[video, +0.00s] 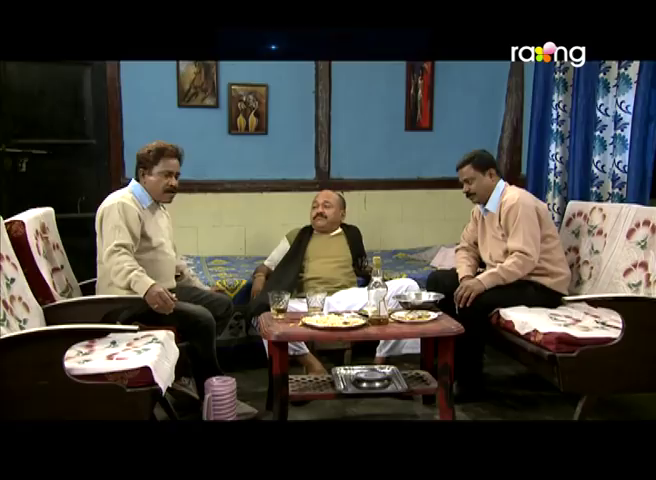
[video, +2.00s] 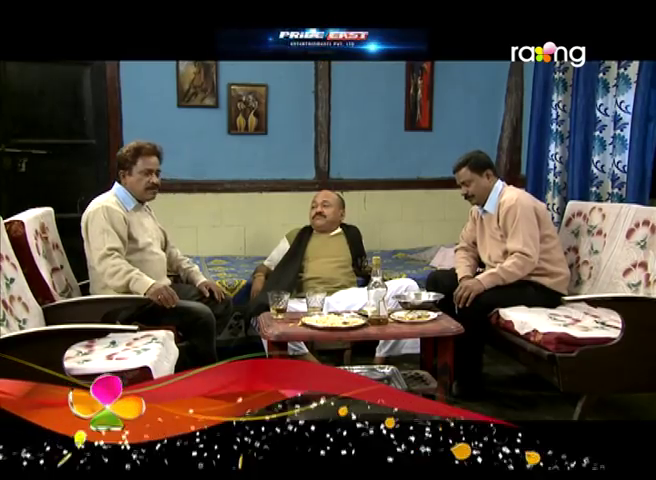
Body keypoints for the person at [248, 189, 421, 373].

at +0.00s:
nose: (318, 210)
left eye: (327, 206)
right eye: (315, 205)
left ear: (342, 214)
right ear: (310, 211)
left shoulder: (352, 233)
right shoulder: (297, 236)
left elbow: (363, 268)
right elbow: (265, 268)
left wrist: (379, 280)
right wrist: (258, 291)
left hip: (349, 297)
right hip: (306, 300)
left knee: (407, 286)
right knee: (267, 317)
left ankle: (380, 361)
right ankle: (312, 364)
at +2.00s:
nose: (318, 210)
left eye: (326, 206)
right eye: (314, 206)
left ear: (341, 213)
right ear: (309, 211)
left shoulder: (351, 233)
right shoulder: (297, 236)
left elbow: (362, 268)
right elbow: (265, 268)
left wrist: (379, 282)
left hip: (350, 297)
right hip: (309, 300)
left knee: (406, 286)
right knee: (269, 314)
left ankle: (381, 362)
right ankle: (309, 363)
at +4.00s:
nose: (317, 210)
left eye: (325, 206)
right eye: (314, 206)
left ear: (341, 213)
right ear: (309, 211)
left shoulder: (351, 233)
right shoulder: (297, 236)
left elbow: (362, 268)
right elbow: (266, 267)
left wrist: (377, 282)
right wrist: (257, 295)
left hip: (351, 297)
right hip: (311, 300)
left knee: (407, 286)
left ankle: (381, 362)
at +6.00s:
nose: (317, 210)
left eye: (325, 206)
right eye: (313, 206)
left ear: (340, 213)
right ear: (309, 212)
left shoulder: (351, 233)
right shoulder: (297, 236)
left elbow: (361, 269)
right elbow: (264, 269)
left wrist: (378, 280)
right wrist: (256, 302)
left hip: (350, 298)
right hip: (310, 300)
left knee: (406, 285)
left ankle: (382, 362)